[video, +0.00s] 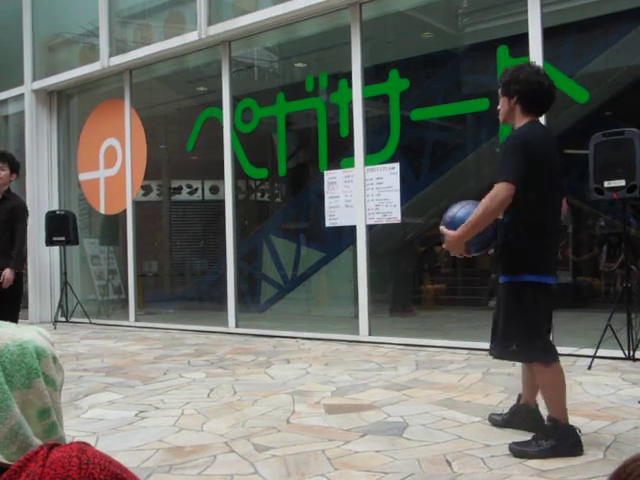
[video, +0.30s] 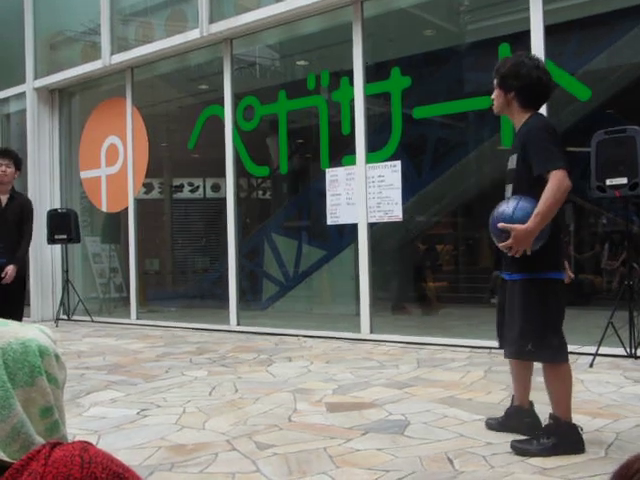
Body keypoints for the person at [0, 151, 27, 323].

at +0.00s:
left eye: (3, 169)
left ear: (12, 175)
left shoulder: (16, 204)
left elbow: (19, 241)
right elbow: (20, 241)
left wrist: (12, 268)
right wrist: (10, 268)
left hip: (7, 273)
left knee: (7, 324)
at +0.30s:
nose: (3, 169)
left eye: (8, 166)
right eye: (1, 165)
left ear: (17, 173)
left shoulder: (23, 203)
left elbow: (25, 238)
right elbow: (25, 239)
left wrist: (15, 264)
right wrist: (12, 265)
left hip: (10, 275)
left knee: (10, 324)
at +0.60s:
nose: (18, 169)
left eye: (21, 165)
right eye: (13, 165)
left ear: (27, 168)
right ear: (4, 171)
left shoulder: (37, 200)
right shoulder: (3, 199)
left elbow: (46, 233)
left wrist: (49, 265)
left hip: (30, 269)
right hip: (5, 269)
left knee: (26, 322)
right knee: (7, 321)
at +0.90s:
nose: (59, 172)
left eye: (60, 168)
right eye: (54, 168)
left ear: (61, 171)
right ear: (39, 172)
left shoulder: (59, 203)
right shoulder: (30, 200)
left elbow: (66, 237)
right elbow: (19, 230)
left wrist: (77, 262)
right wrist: (24, 258)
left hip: (53, 273)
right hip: (31, 274)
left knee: (69, 320)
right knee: (30, 324)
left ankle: (65, 367)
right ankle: (31, 369)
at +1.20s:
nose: (107, 179)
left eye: (107, 175)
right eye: (103, 174)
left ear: (92, 177)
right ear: (89, 176)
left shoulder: (89, 201)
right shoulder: (85, 201)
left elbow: (95, 239)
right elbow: (93, 233)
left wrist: (102, 277)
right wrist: (108, 257)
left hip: (75, 273)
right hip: (81, 274)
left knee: (63, 323)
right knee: (97, 320)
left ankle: (49, 365)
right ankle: (112, 364)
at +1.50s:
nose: (125, 177)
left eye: (124, 172)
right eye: (122, 172)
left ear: (107, 177)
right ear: (112, 176)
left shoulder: (97, 205)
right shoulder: (113, 199)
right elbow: (131, 228)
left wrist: (121, 258)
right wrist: (153, 251)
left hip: (99, 270)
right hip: (113, 269)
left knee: (111, 313)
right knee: (137, 310)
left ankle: (120, 363)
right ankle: (111, 353)